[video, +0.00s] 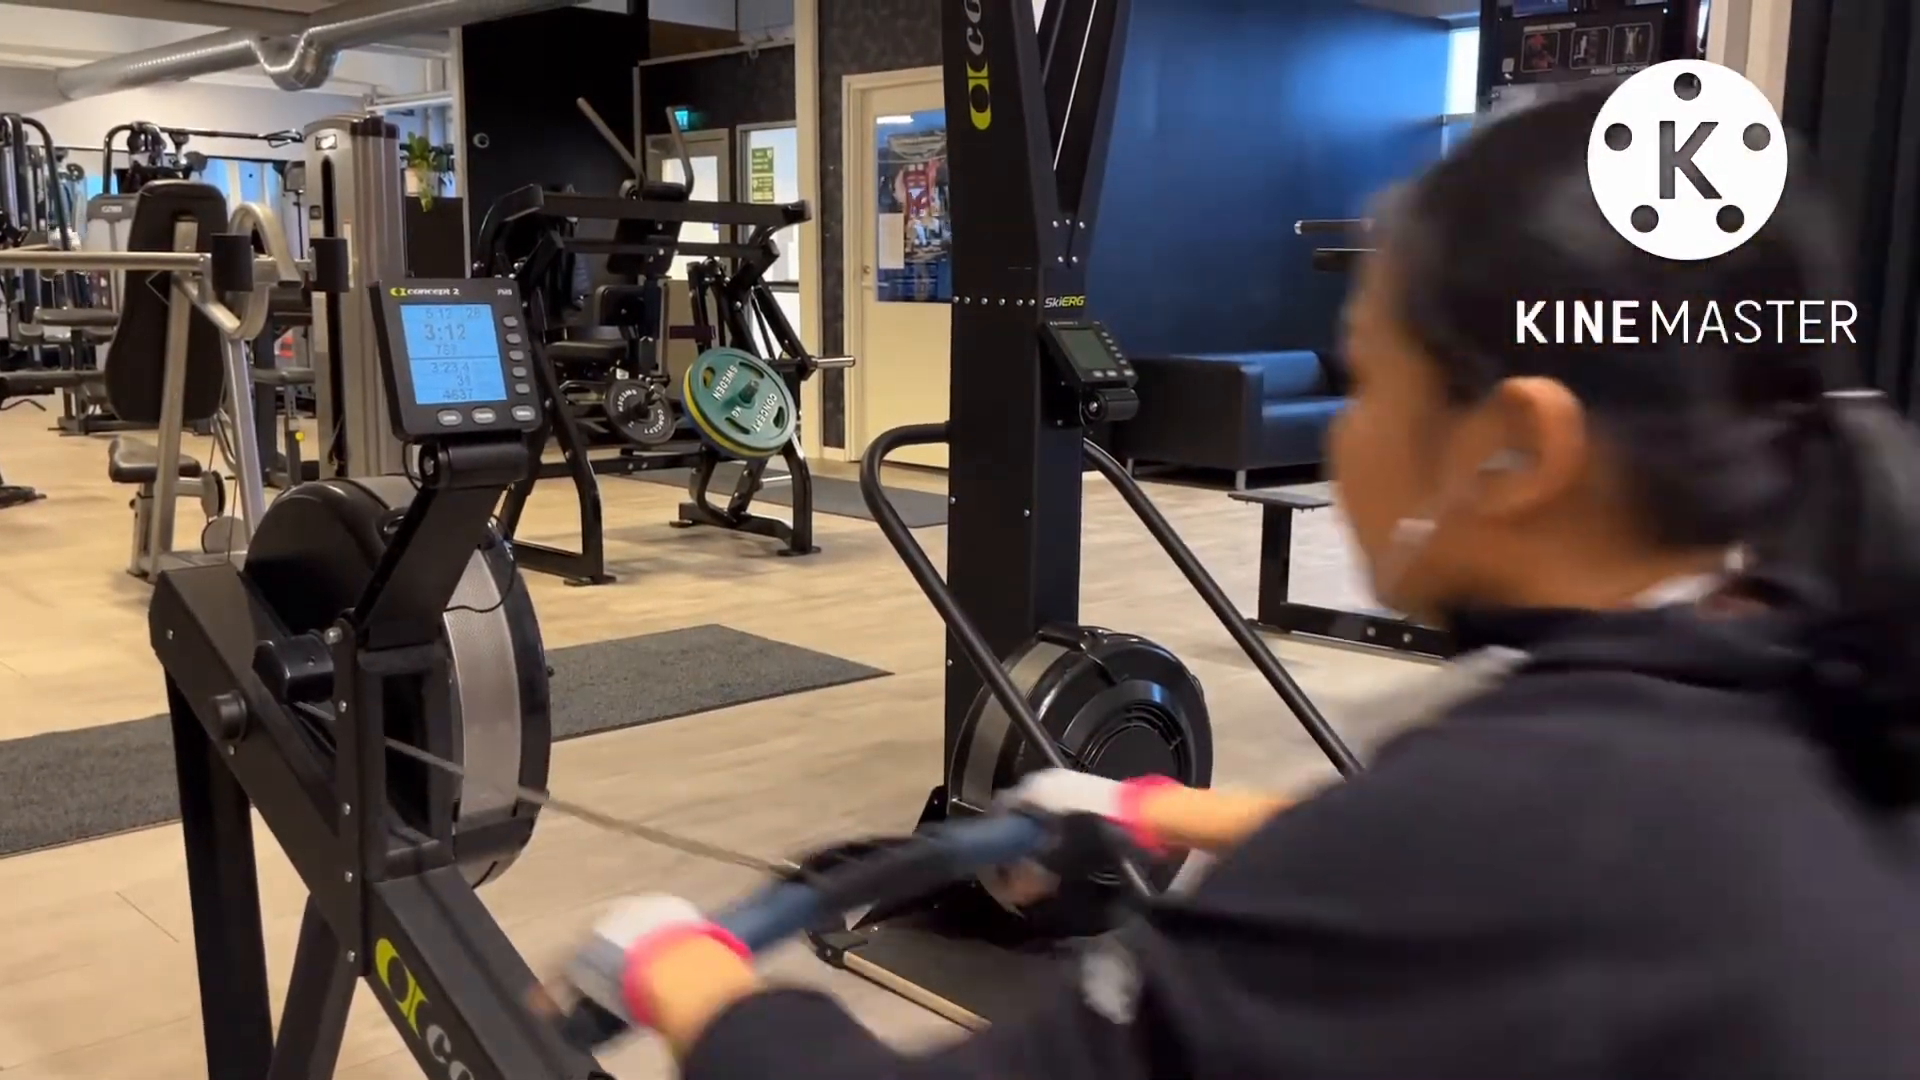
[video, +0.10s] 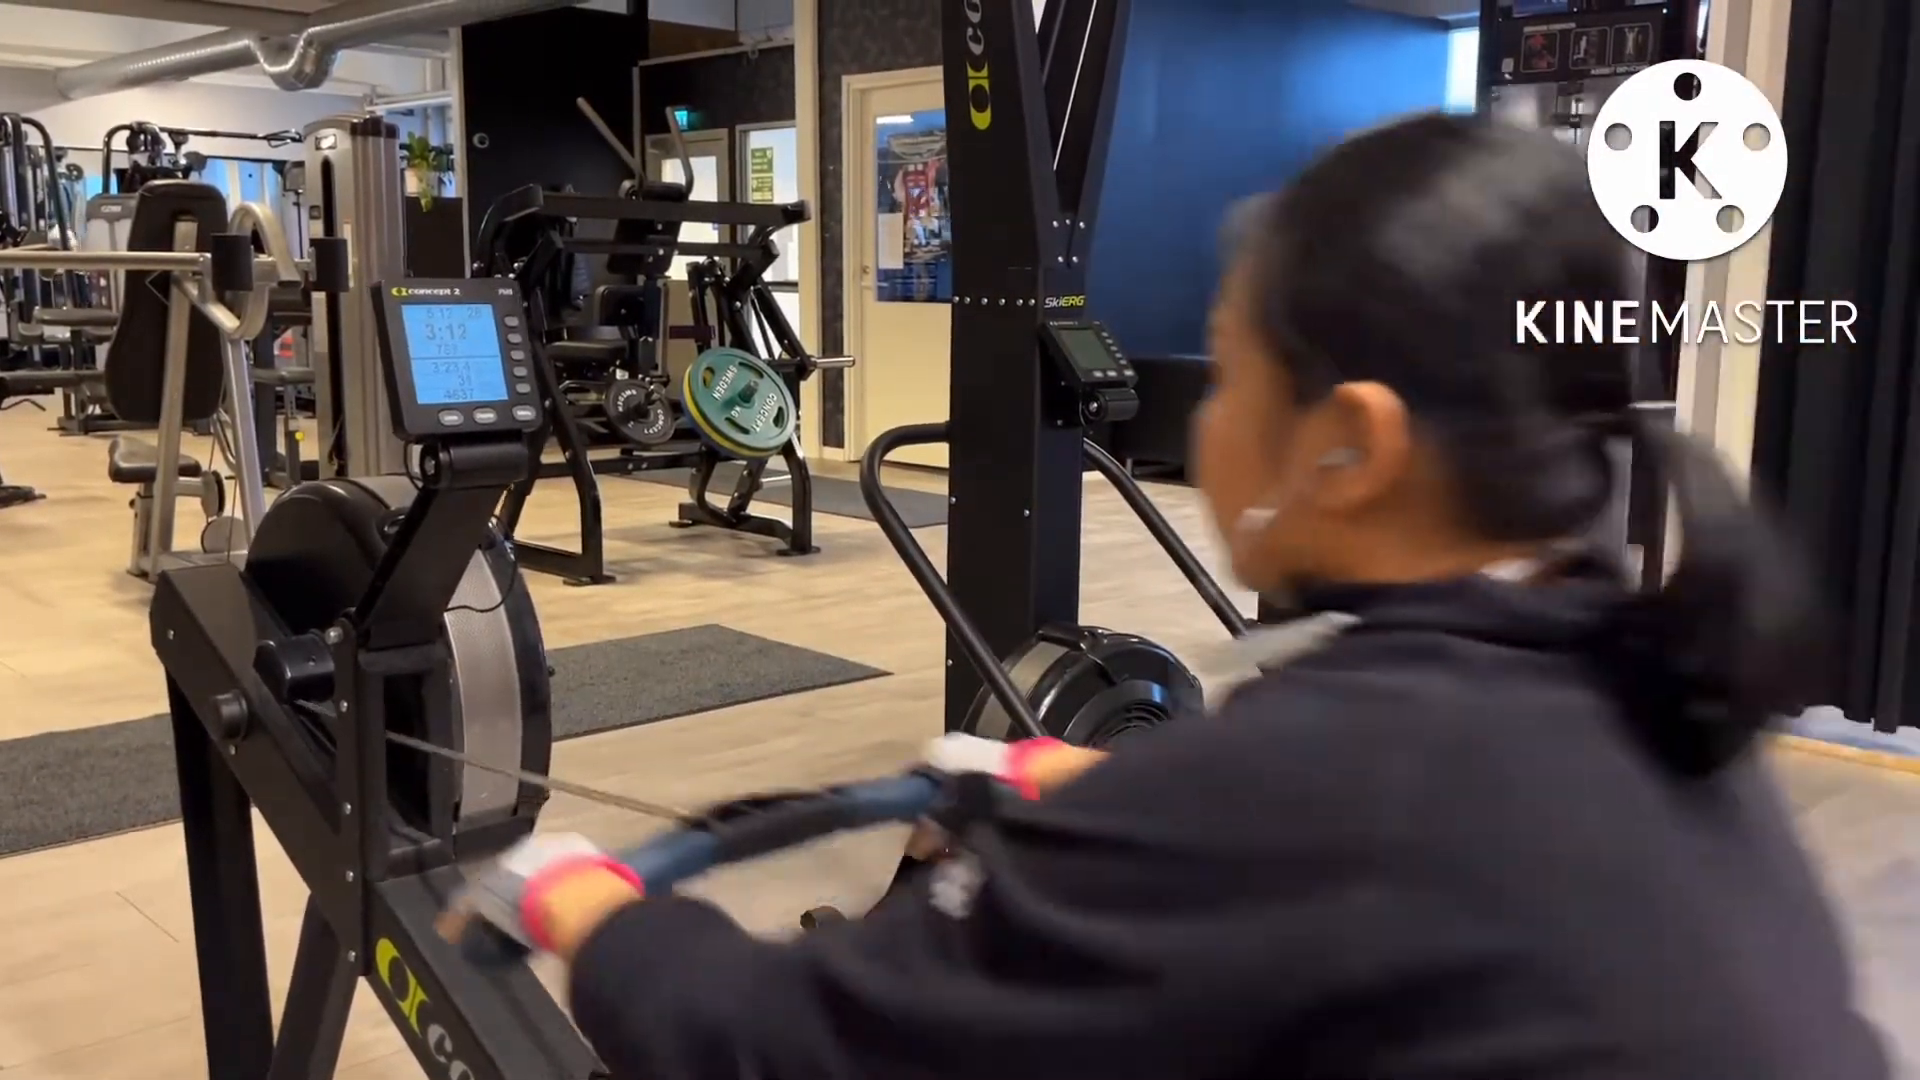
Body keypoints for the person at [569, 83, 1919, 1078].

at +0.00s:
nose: (1334, 440)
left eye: (1357, 389)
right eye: (1347, 384)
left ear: (1519, 450)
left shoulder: (1480, 826)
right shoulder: (1822, 687)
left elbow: (992, 1076)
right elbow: (1589, 815)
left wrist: (721, 1003)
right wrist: (1285, 834)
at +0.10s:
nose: (1198, 416)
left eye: (1224, 377)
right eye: (1214, 370)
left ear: (1356, 450)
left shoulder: (1324, 773)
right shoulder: (1649, 681)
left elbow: (857, 1037)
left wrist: (606, 921)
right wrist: (1133, 794)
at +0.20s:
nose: (1084, 421)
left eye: (1105, 385)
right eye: (1098, 379)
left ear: (1214, 446)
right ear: (1424, 425)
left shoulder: (1142, 743)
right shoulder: (1505, 645)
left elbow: (739, 956)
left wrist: (515, 855)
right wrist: (1013, 746)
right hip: (1666, 1043)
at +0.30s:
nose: (993, 418)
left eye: (1013, 381)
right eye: (1006, 377)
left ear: (1112, 441)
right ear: (1307, 409)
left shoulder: (1019, 721)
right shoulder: (1407, 619)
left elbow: (652, 875)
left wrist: (443, 793)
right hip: (1567, 1043)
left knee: (876, 975)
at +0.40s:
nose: (940, 417)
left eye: (958, 381)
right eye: (954, 375)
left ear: (1045, 439)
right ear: (1241, 407)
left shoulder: (977, 690)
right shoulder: (1331, 602)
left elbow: (638, 797)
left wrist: (402, 758)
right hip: (1513, 1046)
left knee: (829, 982)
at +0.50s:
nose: (916, 419)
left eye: (934, 383)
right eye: (930, 375)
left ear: (1018, 447)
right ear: (1210, 423)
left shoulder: (961, 674)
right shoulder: (1297, 594)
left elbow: (638, 744)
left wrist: (385, 725)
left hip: (1237, 1066)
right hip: (1490, 1048)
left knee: (831, 977)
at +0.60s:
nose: (939, 426)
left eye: (957, 389)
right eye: (948, 381)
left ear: (1051, 446)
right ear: (1245, 419)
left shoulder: (992, 692)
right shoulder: (1339, 603)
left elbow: (669, 756)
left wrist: (414, 726)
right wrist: (852, 680)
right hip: (1546, 1049)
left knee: (855, 1000)